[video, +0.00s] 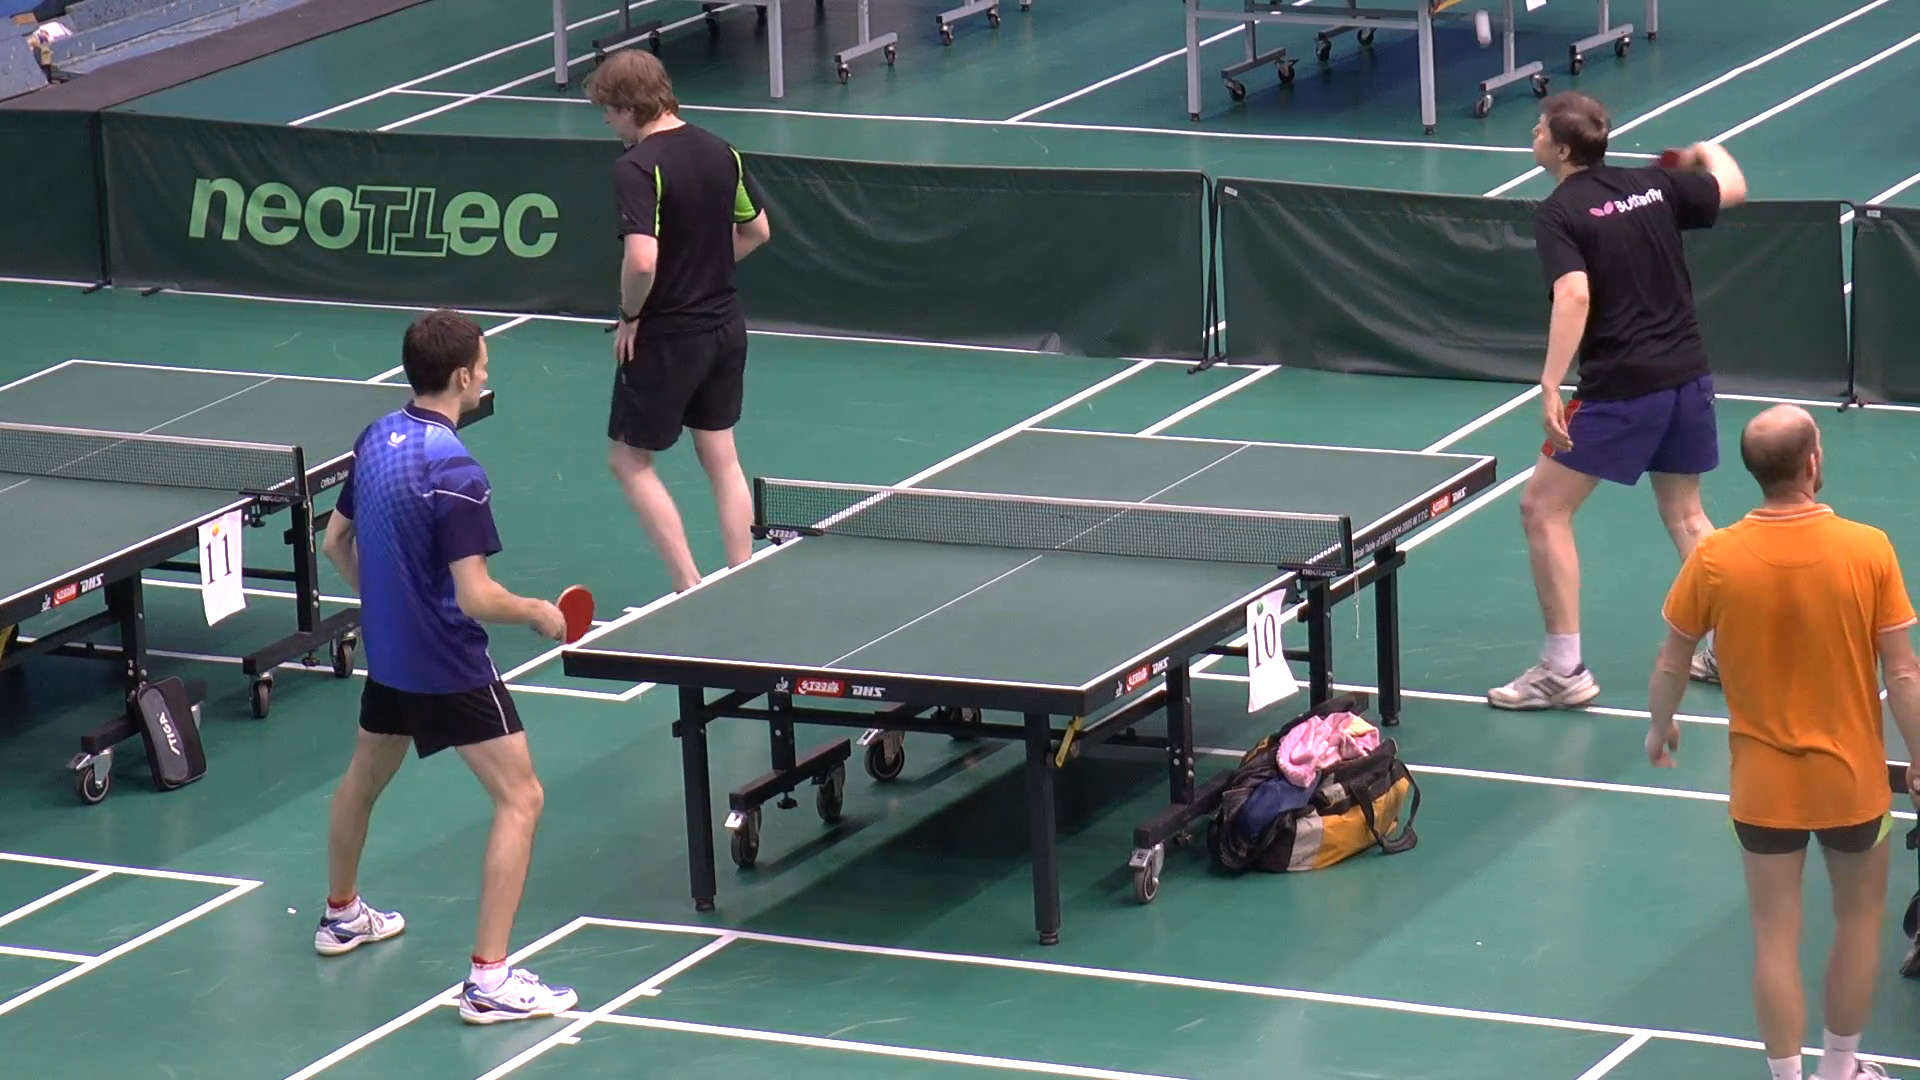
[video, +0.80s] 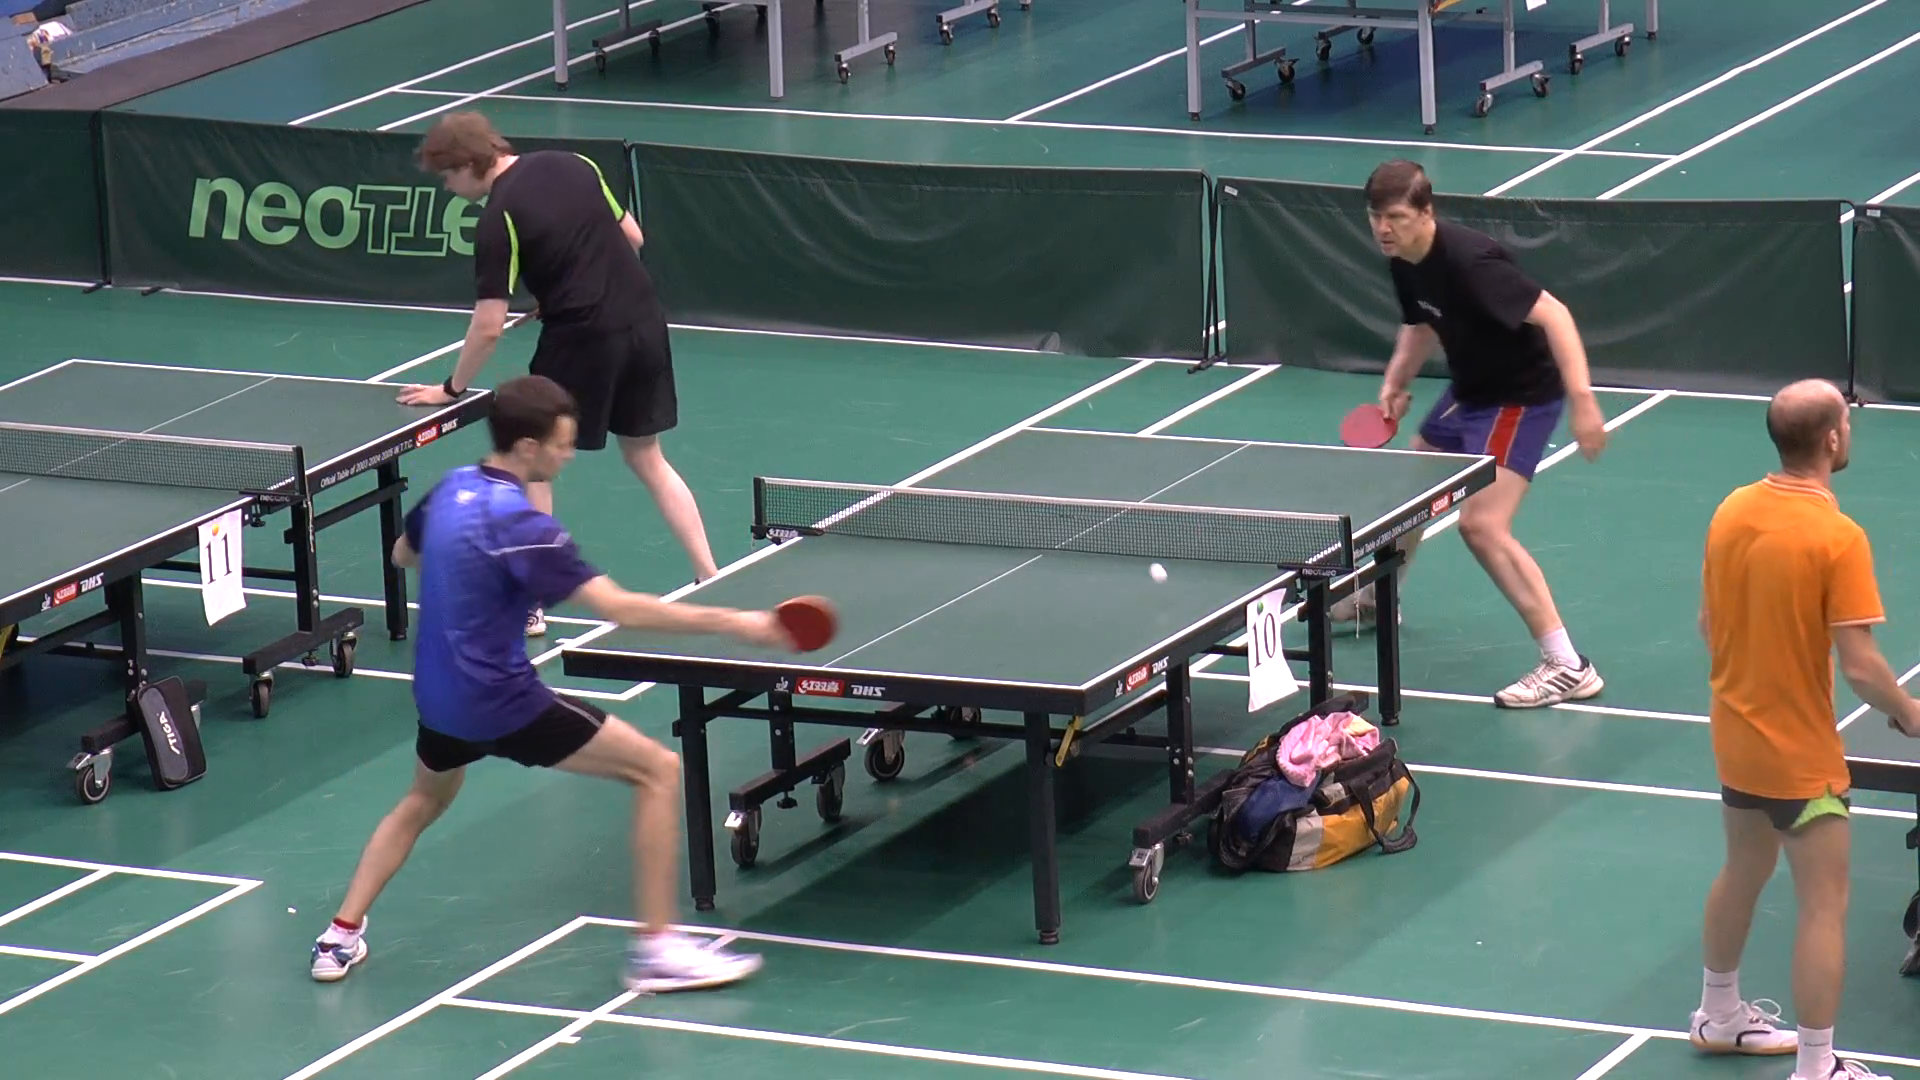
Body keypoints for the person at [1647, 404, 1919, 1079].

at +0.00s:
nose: (1821, 452)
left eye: (1815, 442)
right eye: (1818, 445)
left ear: (1750, 468)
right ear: (1813, 461)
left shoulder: (1716, 555)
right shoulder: (1868, 549)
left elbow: (1672, 662)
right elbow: (1902, 673)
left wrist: (1660, 726)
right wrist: (1918, 761)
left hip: (1761, 786)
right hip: (1853, 779)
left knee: (1774, 933)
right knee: (1857, 916)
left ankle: (1785, 1071)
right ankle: (1840, 1068)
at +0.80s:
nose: (1850, 430)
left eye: (1847, 418)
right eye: (1847, 421)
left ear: (1777, 440)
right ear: (1834, 439)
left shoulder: (1732, 510)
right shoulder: (1838, 536)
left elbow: (1712, 629)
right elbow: (1860, 666)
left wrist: (1749, 683)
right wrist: (1909, 714)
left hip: (1733, 739)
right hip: (1800, 749)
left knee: (1743, 867)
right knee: (1824, 901)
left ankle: (1720, 1015)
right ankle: (1818, 1065)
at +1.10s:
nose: (1836, 427)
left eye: (1834, 417)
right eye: (1834, 418)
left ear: (1769, 429)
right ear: (1814, 433)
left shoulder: (1736, 491)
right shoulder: (1771, 515)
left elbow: (1750, 621)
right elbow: (1776, 643)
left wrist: (1798, 688)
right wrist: (1853, 687)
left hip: (1697, 713)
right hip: (1724, 727)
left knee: (1710, 874)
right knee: (1747, 886)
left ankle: (1712, 1019)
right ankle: (1748, 1050)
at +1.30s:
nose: (1832, 437)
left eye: (1830, 426)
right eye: (1828, 427)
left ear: (1779, 433)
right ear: (1801, 438)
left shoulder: (1752, 498)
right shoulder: (1737, 515)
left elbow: (1769, 589)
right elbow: (1722, 639)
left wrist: (1856, 633)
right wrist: (1802, 688)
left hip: (1714, 717)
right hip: (1681, 723)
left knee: (1711, 867)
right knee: (1680, 875)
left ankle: (1716, 1020)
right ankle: (1633, 1034)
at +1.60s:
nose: (1790, 451)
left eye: (1790, 438)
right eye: (1783, 439)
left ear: (1746, 442)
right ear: (1746, 443)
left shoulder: (1748, 514)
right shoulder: (1658, 514)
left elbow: (1811, 594)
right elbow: (1626, 627)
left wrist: (1893, 644)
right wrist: (1710, 689)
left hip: (1686, 715)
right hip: (1618, 717)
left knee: (1695, 860)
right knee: (1588, 860)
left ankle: (1714, 1020)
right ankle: (1535, 988)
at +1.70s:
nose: (1765, 456)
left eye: (1766, 443)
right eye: (1759, 444)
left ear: (1719, 445)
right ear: (1717, 445)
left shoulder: (1729, 513)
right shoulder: (1628, 515)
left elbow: (1789, 596)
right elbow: (1590, 627)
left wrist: (1876, 650)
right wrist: (1669, 688)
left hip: (1674, 716)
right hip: (1600, 717)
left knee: (1690, 860)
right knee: (1569, 858)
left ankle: (1713, 1019)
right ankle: (1532, 994)